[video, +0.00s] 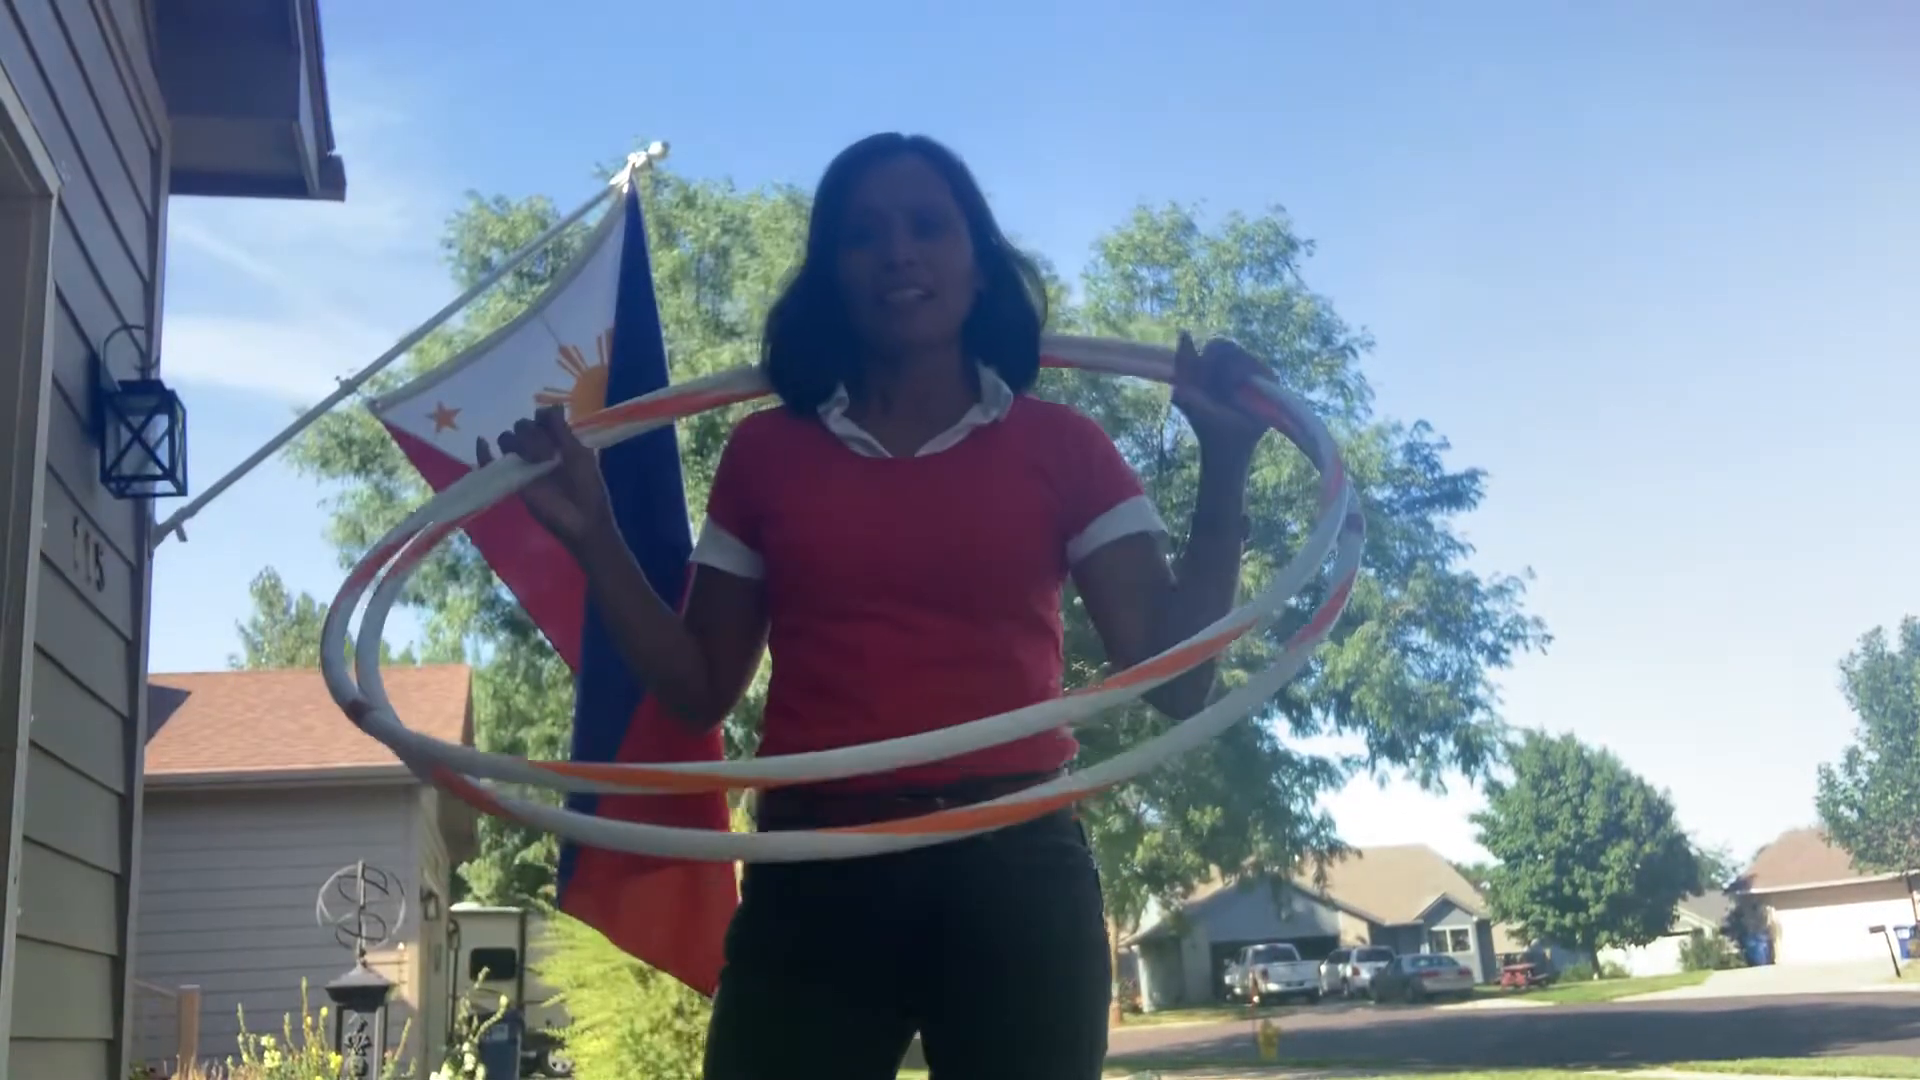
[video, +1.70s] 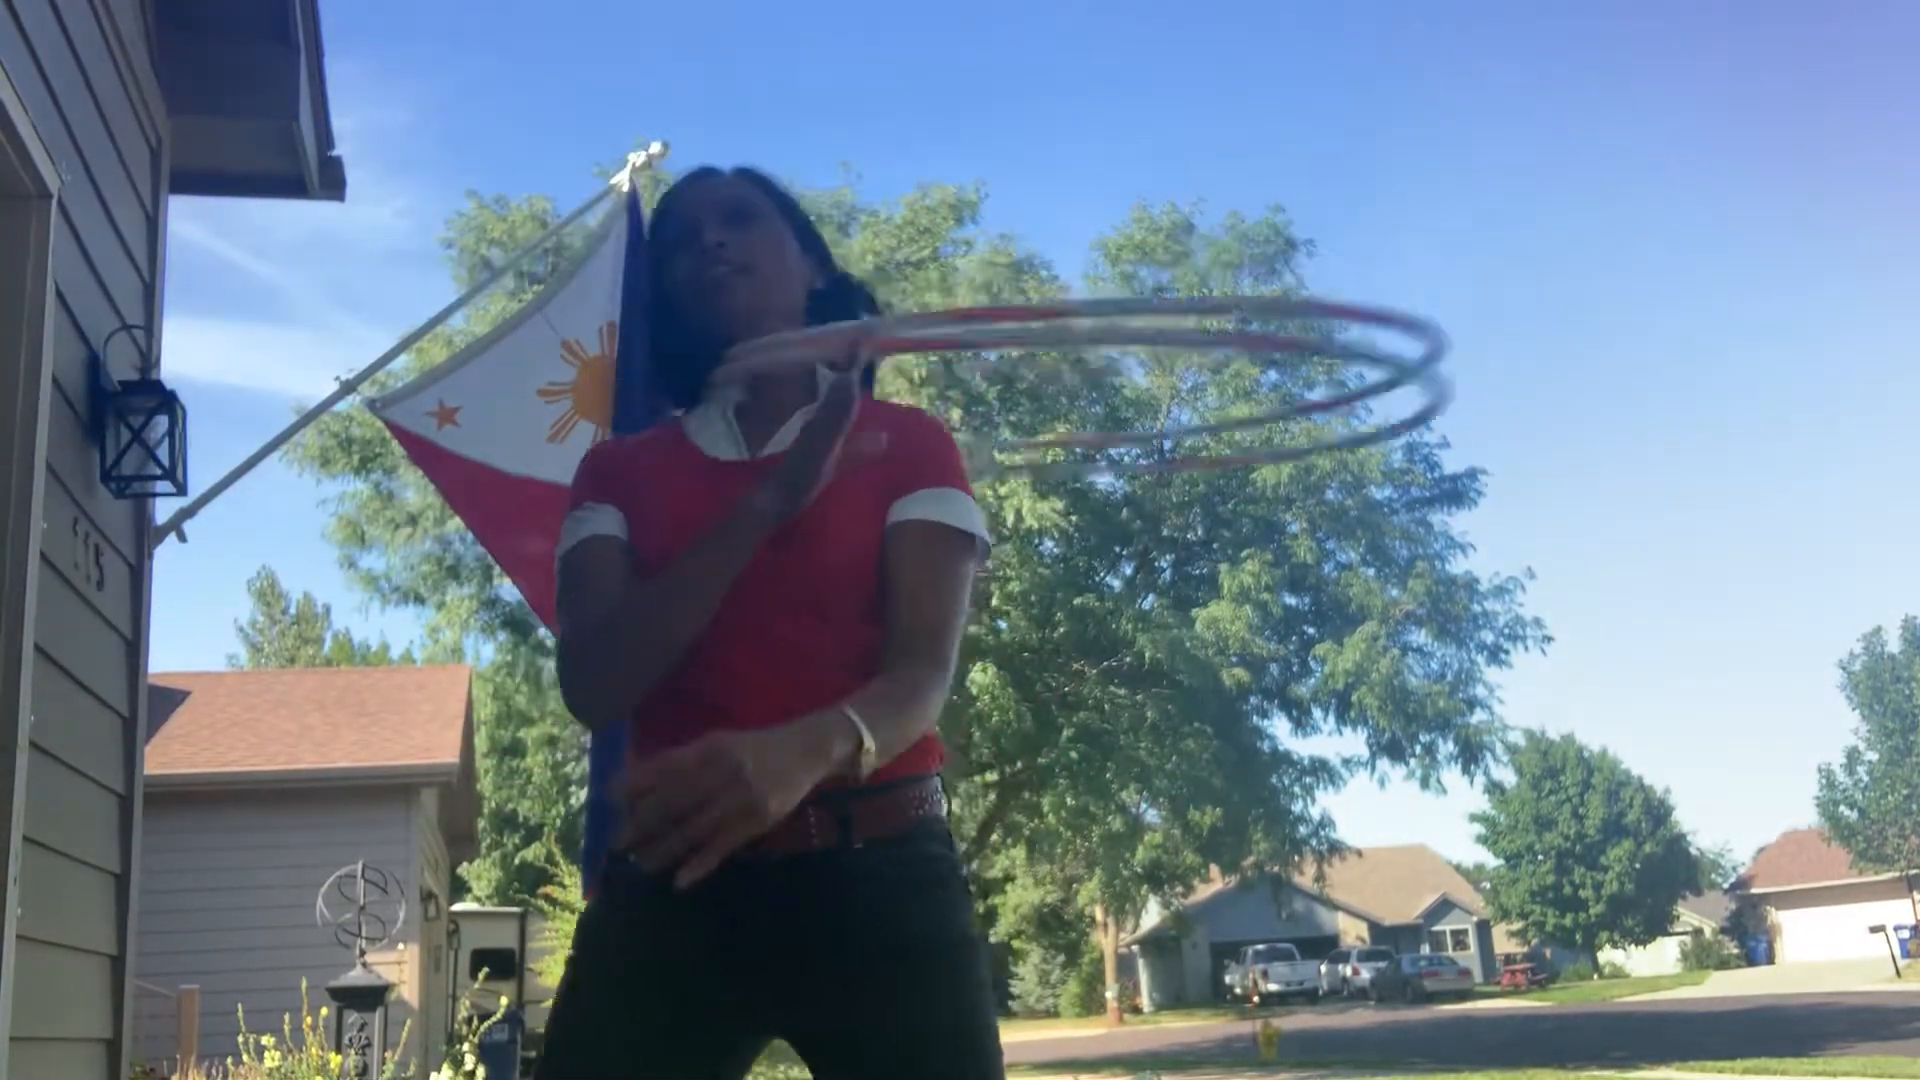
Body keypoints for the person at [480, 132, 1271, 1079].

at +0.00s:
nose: (897, 257)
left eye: (927, 228)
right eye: (864, 236)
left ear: (978, 257)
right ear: (830, 273)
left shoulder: (1057, 444)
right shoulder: (770, 452)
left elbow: (1166, 667)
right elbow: (698, 689)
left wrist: (1226, 460)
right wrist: (591, 532)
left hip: (1014, 865)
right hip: (816, 872)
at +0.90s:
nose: (823, 248)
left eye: (855, 219)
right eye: (793, 230)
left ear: (920, 250)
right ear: (767, 278)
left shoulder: (1011, 419)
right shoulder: (742, 468)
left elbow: (1138, 645)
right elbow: (710, 723)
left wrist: (1111, 420)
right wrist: (584, 556)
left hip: (994, 862)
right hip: (794, 866)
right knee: (697, 1072)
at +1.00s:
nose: (778, 250)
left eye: (810, 220)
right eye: (750, 232)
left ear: (877, 249)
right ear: (726, 279)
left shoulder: (965, 408)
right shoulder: (711, 474)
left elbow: (1078, 632)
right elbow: (700, 731)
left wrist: (1018, 396)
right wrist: (565, 583)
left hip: (972, 860)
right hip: (771, 869)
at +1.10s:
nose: (711, 250)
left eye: (745, 219)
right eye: (685, 235)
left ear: (817, 251)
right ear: (662, 281)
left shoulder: (914, 406)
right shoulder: (657, 465)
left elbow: (995, 632)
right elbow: (659, 740)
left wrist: (902, 393)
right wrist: (511, 589)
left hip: (933, 861)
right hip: (734, 877)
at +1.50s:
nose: (704, 257)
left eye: (738, 228)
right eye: (681, 253)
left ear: (815, 257)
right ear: (667, 312)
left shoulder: (908, 424)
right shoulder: (645, 482)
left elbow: (928, 652)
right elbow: (606, 745)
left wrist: (842, 475)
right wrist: (517, 553)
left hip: (901, 869)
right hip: (699, 881)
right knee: (602, 1067)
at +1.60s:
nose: (722, 252)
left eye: (751, 224)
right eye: (696, 246)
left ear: (828, 267)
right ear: (683, 299)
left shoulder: (920, 435)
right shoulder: (649, 465)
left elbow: (949, 662)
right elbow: (596, 706)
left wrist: (835, 631)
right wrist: (678, 495)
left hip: (905, 873)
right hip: (699, 879)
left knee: (970, 1065)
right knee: (599, 1068)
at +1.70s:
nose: (712, 242)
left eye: (741, 219)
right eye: (683, 240)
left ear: (813, 268)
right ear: (667, 303)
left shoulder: (907, 442)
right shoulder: (621, 466)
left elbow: (922, 675)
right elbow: (594, 682)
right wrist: (768, 499)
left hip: (880, 875)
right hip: (669, 889)